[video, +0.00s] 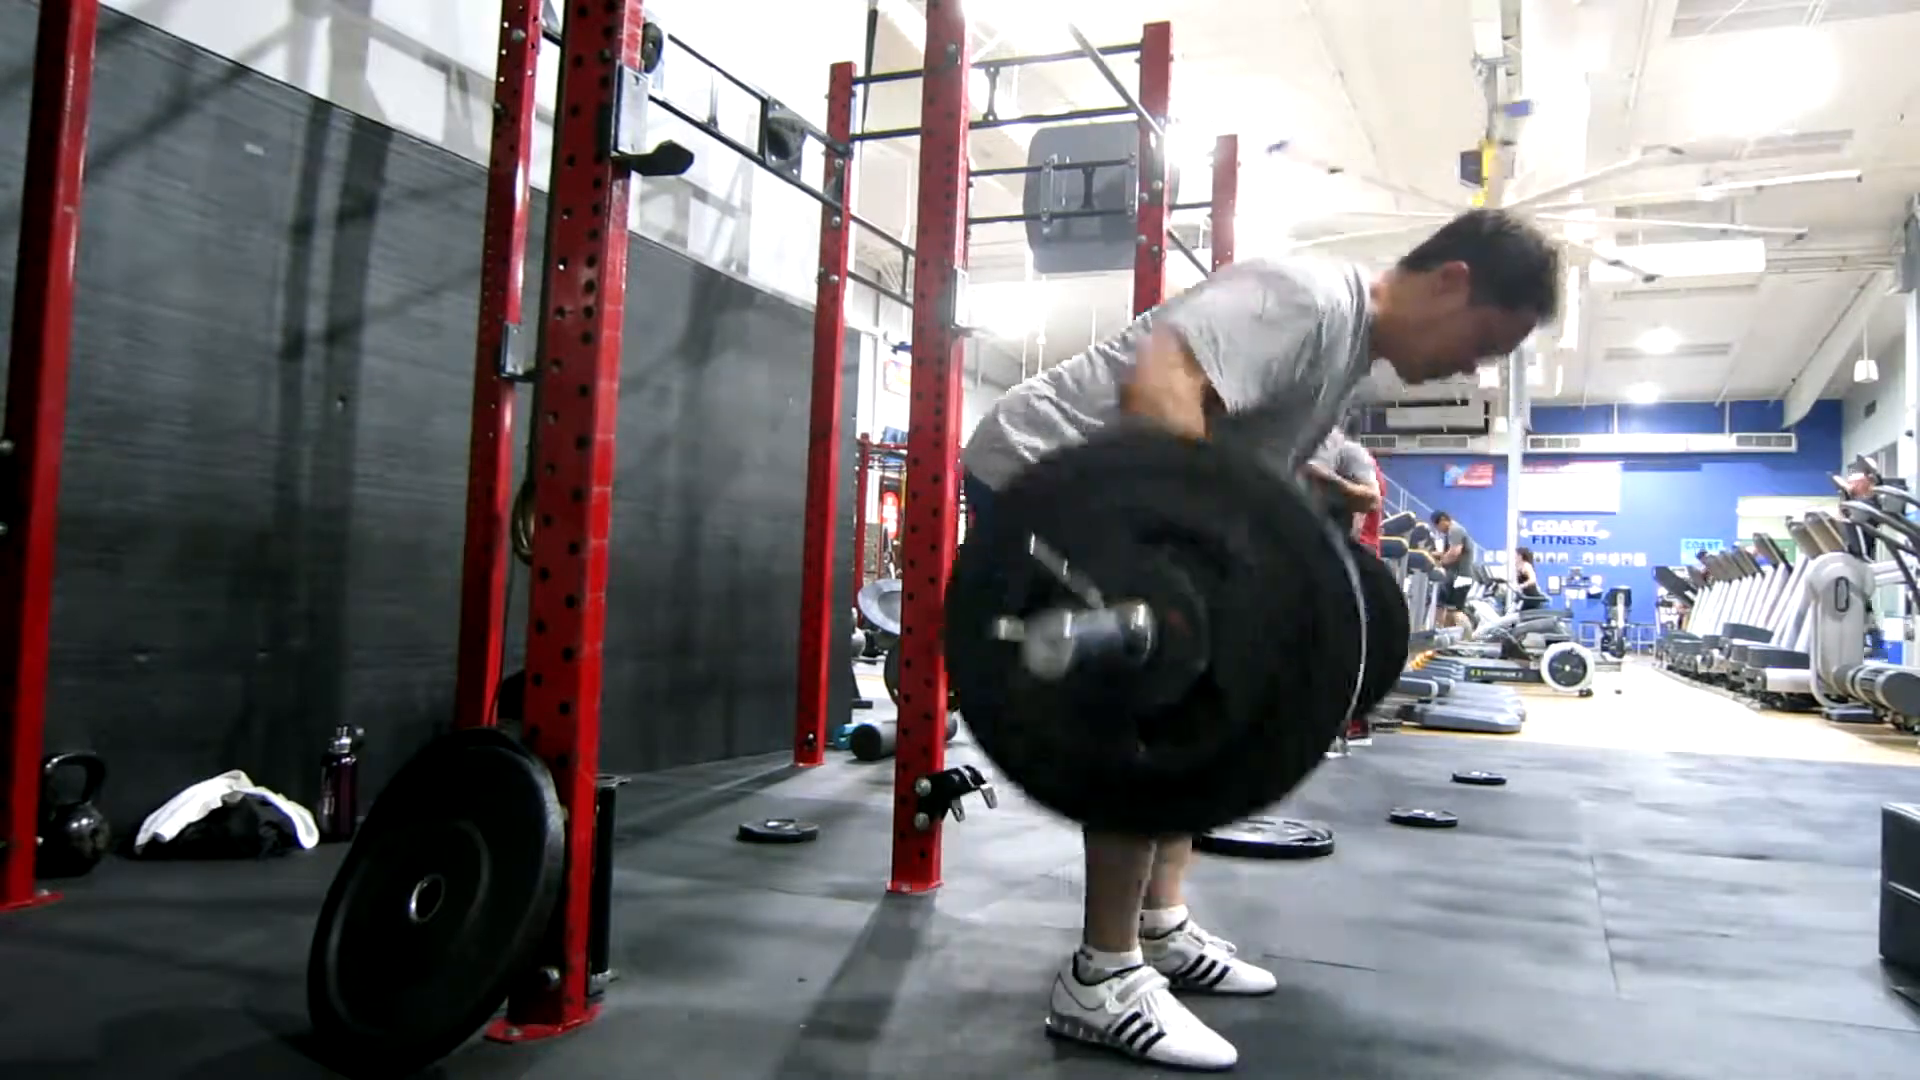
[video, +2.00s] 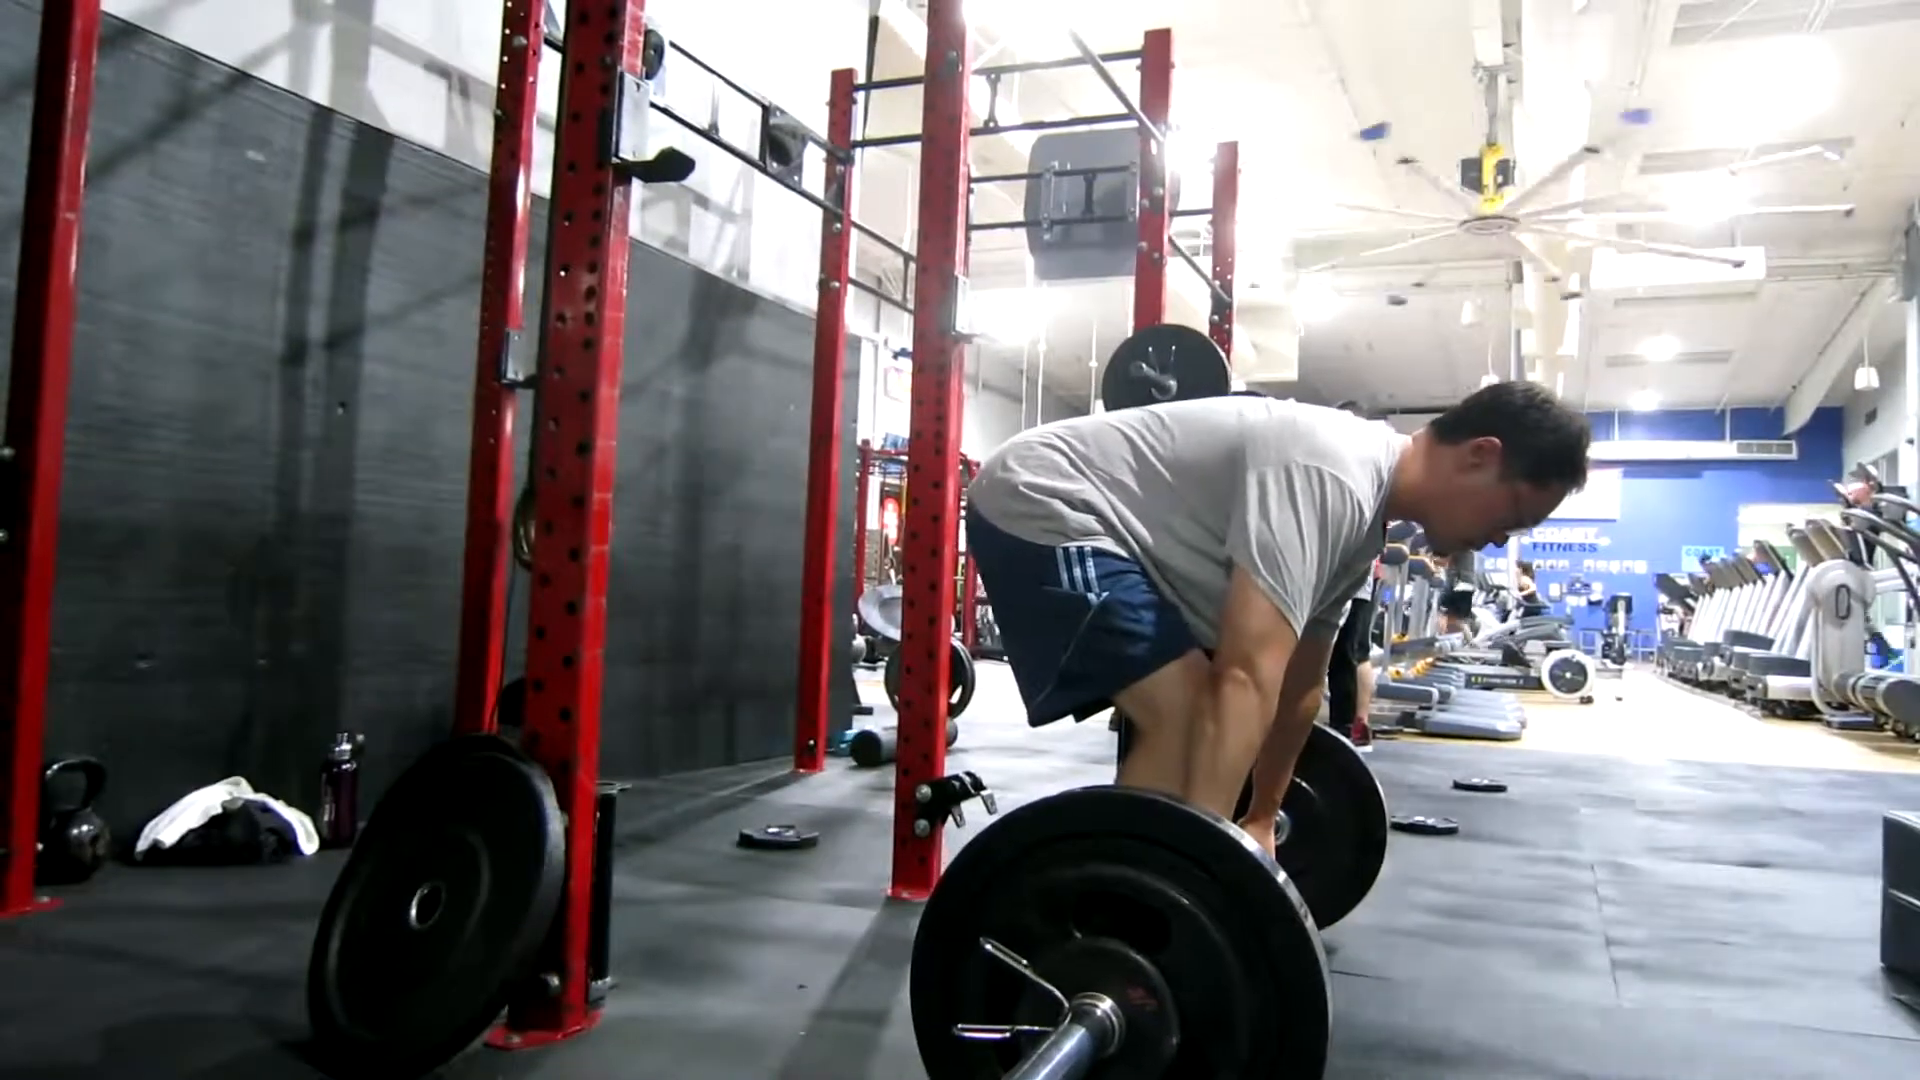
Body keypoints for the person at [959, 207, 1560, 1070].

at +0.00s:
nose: (1472, 371)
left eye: (1489, 358)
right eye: (1486, 346)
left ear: (1450, 286)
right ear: (1452, 284)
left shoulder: (1345, 358)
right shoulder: (1306, 300)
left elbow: (1231, 445)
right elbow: (1156, 380)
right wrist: (1211, 545)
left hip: (1105, 489)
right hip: (1037, 475)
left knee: (1196, 694)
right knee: (1137, 706)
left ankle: (1158, 925)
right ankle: (1101, 974)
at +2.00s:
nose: (1497, 542)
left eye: (1515, 530)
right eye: (1511, 520)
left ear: (1480, 459)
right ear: (1481, 459)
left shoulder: (1362, 513)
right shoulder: (1327, 471)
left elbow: (1301, 685)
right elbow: (1243, 672)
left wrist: (1261, 820)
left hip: (1095, 521)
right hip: (1045, 500)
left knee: (1187, 717)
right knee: (1192, 703)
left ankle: (1116, 918)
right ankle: (1147, 911)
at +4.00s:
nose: (1474, 387)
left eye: (1491, 374)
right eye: (1488, 364)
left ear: (1455, 300)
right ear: (1457, 298)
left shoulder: (1350, 389)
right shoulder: (1308, 321)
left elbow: (1257, 500)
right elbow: (1170, 413)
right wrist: (1212, 589)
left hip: (1113, 502)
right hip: (1045, 485)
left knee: (1183, 703)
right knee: (1148, 715)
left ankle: (1161, 932)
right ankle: (1103, 980)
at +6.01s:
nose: (1507, 549)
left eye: (1523, 537)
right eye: (1518, 526)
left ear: (1478, 467)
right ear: (1481, 467)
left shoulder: (1368, 527)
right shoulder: (1322, 471)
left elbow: (1299, 693)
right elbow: (1240, 670)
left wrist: (1250, 829)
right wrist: (1187, 872)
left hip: (1104, 526)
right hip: (1052, 503)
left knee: (1187, 727)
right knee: (1205, 709)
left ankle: (1110, 910)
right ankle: (1151, 915)